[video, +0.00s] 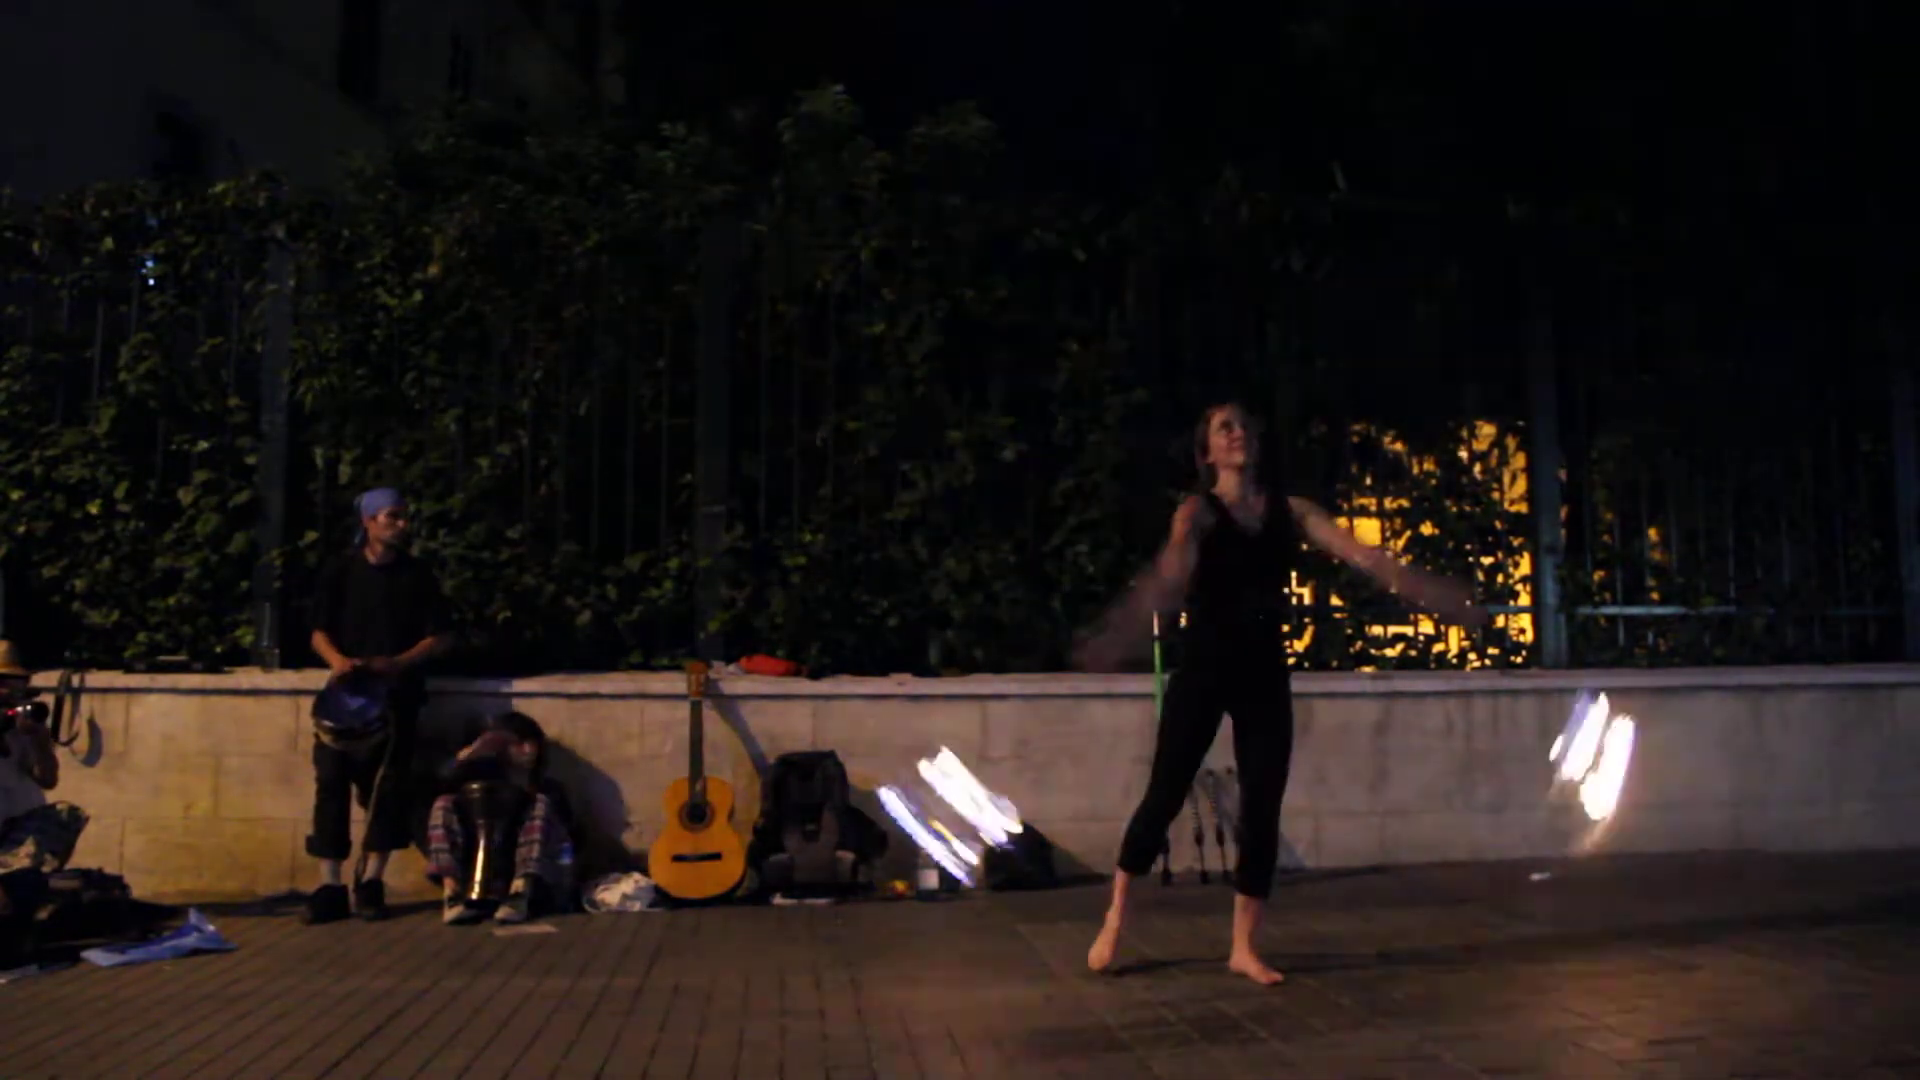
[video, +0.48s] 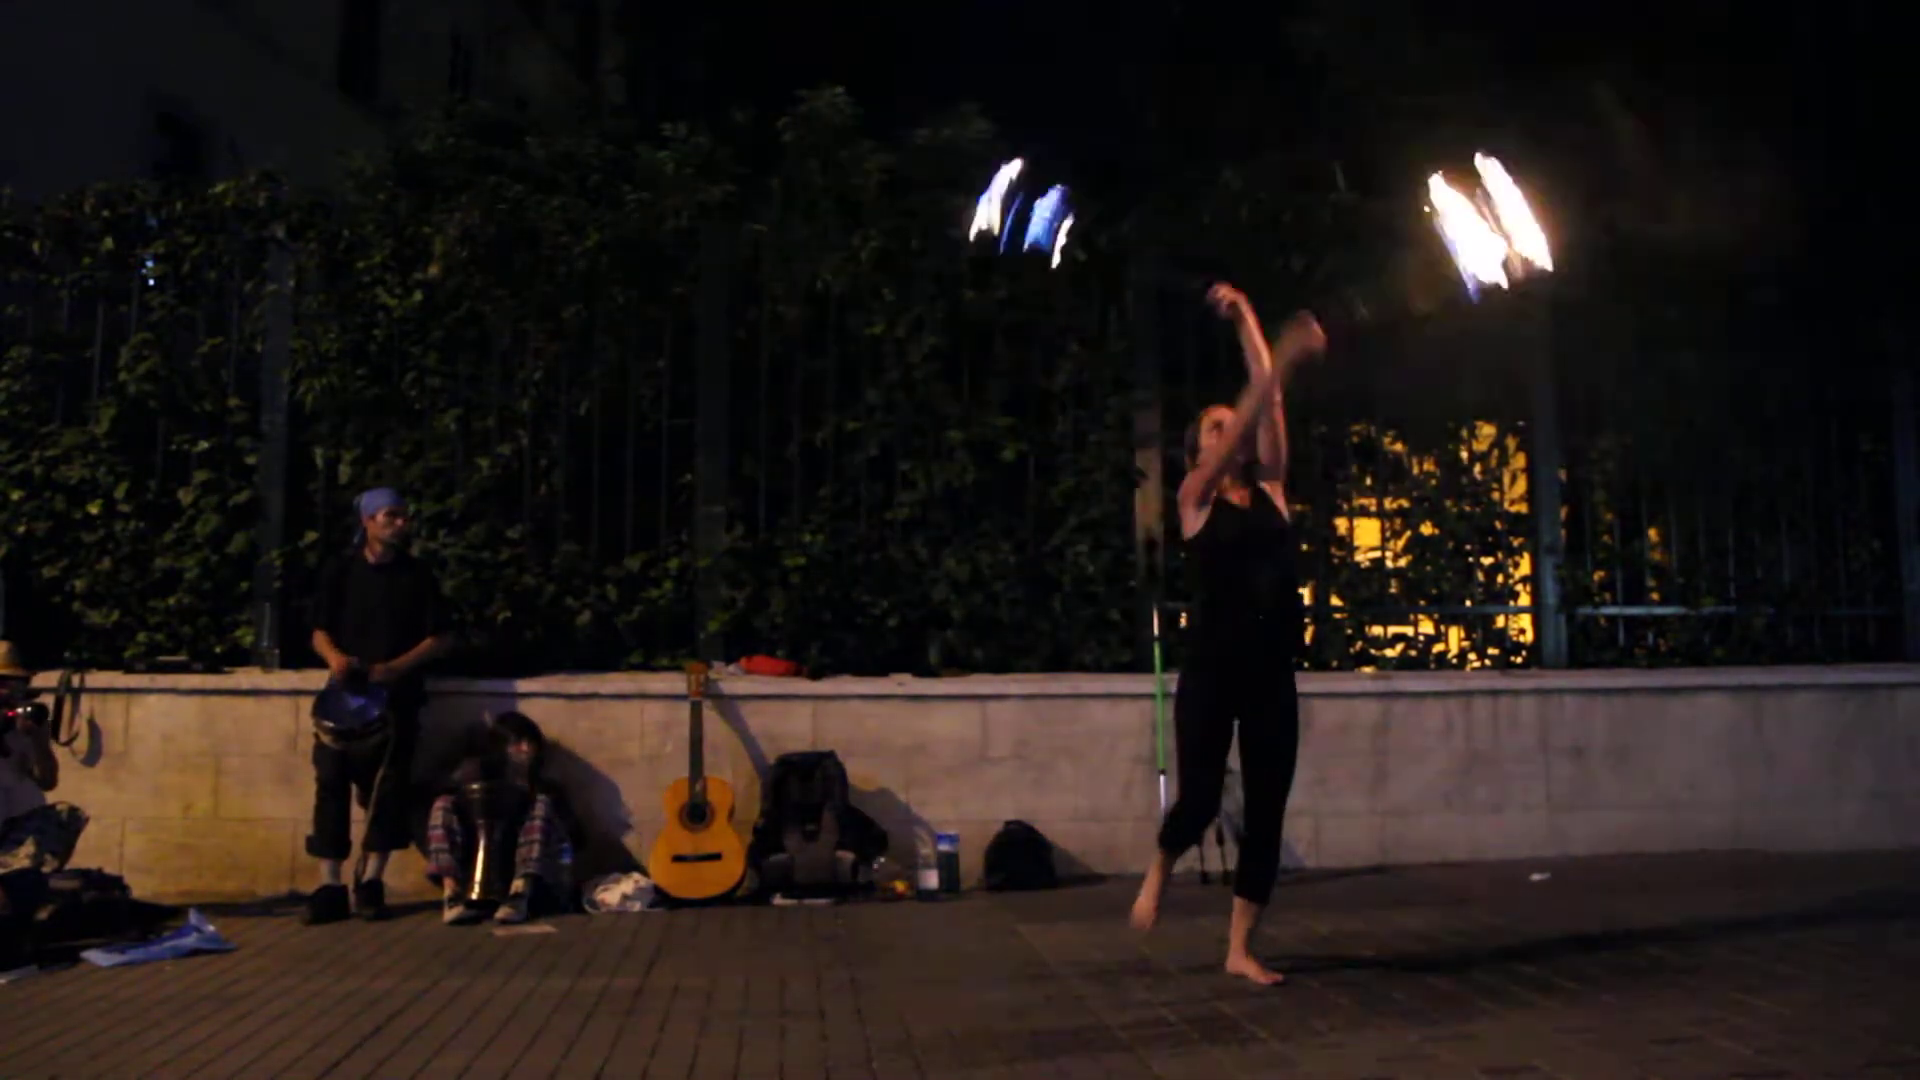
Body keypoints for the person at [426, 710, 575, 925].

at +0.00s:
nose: (527, 751)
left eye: (531, 744)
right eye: (518, 744)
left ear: (539, 749)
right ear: (498, 746)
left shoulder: (547, 786)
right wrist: (470, 754)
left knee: (541, 804)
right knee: (443, 804)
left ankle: (521, 893)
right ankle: (451, 893)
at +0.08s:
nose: (529, 751)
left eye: (534, 745)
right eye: (521, 744)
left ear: (541, 750)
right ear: (503, 748)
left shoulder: (546, 786)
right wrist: (463, 761)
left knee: (541, 804)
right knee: (443, 804)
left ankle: (520, 893)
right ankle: (451, 893)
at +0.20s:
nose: (532, 755)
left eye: (537, 748)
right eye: (524, 748)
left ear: (544, 753)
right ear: (504, 753)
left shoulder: (550, 790)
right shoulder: (487, 792)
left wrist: (542, 800)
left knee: (541, 807)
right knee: (443, 806)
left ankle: (521, 892)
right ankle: (452, 893)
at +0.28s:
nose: (531, 755)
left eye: (535, 748)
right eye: (522, 748)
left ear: (542, 752)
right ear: (503, 752)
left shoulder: (551, 789)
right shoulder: (487, 792)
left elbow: (567, 839)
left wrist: (540, 799)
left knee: (541, 806)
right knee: (443, 806)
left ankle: (521, 891)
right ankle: (452, 893)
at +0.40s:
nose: (528, 752)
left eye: (532, 746)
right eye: (521, 745)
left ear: (538, 751)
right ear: (501, 749)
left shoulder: (546, 787)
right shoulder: (484, 790)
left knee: (541, 805)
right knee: (443, 805)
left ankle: (520, 892)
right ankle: (451, 893)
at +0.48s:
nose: (526, 750)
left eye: (531, 744)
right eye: (518, 743)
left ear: (539, 750)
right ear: (499, 748)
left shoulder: (546, 788)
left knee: (541, 805)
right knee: (443, 805)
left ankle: (520, 892)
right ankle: (451, 893)